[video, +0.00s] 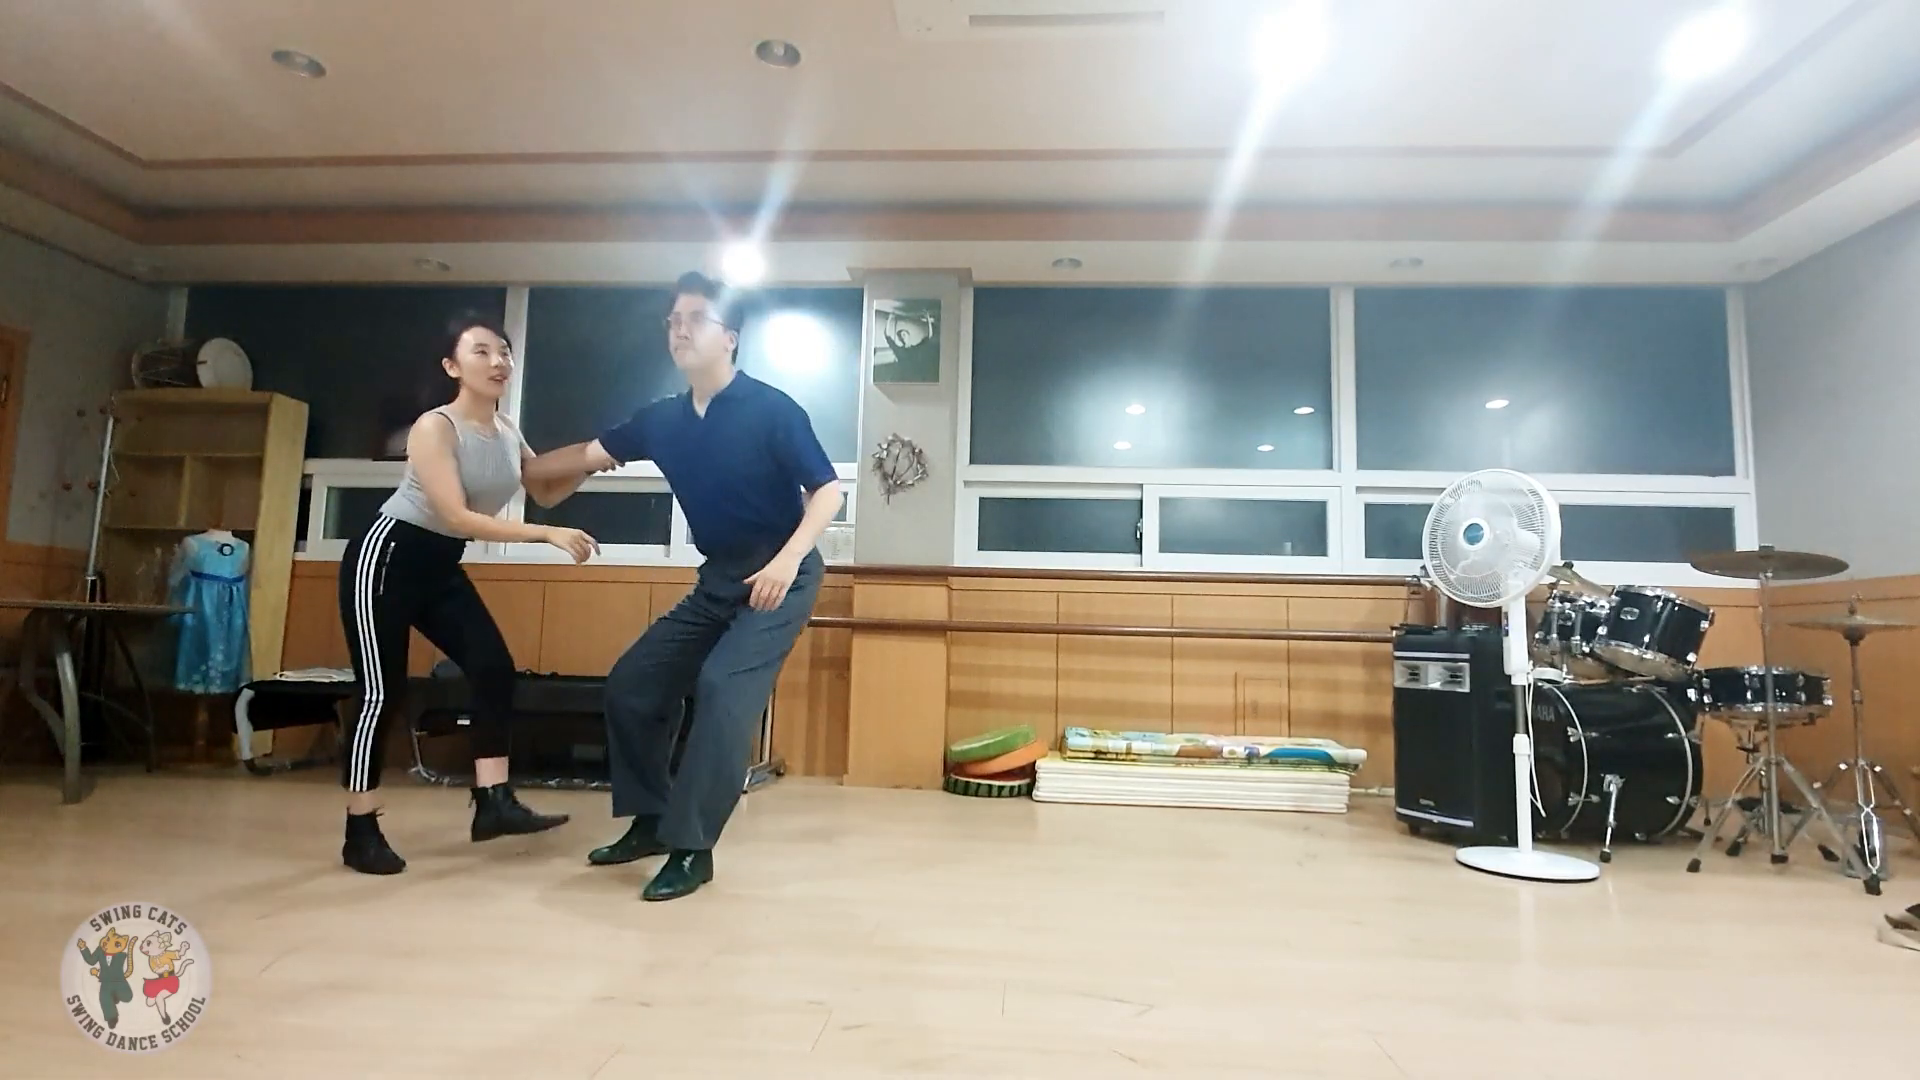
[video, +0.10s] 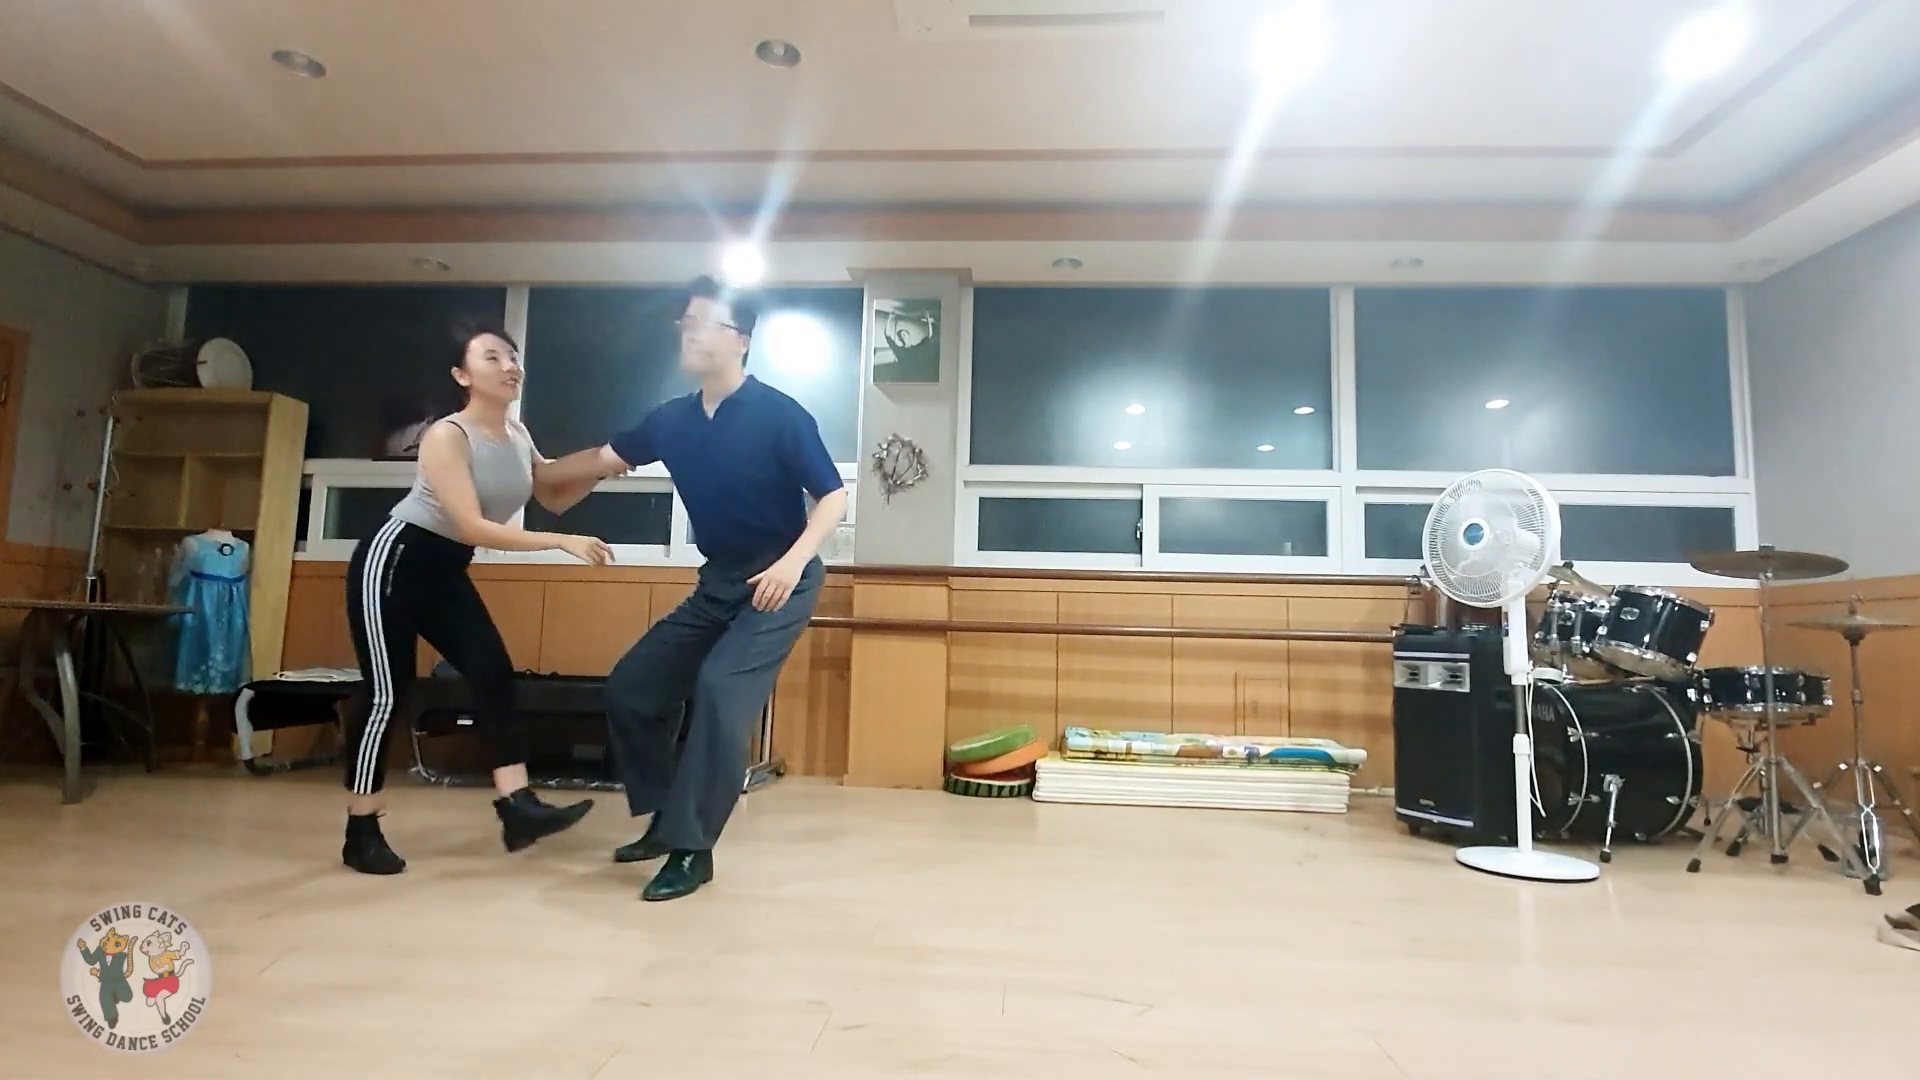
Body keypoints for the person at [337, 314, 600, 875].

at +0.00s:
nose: (498, 361)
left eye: (504, 353)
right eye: (482, 351)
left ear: (511, 366)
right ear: (453, 365)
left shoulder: (507, 432)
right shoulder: (434, 428)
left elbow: (545, 488)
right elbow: (455, 518)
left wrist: (593, 459)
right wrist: (546, 532)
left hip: (439, 567)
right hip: (385, 557)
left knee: (493, 667)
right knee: (381, 692)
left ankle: (494, 805)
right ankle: (361, 828)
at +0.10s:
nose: (511, 366)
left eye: (513, 358)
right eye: (493, 357)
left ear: (519, 374)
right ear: (462, 375)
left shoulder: (516, 433)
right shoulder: (445, 437)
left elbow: (552, 491)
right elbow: (472, 528)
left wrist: (603, 464)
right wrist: (559, 540)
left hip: (445, 572)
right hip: (392, 562)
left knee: (493, 672)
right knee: (387, 693)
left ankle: (518, 808)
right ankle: (361, 829)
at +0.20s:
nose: (533, 370)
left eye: (535, 362)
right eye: (516, 363)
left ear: (539, 376)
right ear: (485, 379)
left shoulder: (536, 440)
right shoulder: (467, 443)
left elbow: (569, 500)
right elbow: (499, 534)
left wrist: (630, 463)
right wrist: (585, 543)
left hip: (469, 580)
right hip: (418, 572)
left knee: (510, 685)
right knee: (410, 705)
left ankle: (539, 826)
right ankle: (364, 832)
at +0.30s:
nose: (570, 364)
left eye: (571, 356)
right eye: (553, 356)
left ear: (574, 373)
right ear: (520, 374)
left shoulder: (564, 435)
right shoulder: (506, 434)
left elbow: (579, 502)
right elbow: (545, 523)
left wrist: (646, 466)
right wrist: (635, 538)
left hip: (516, 579)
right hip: (468, 571)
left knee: (551, 693)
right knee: (447, 710)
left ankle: (555, 836)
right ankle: (372, 822)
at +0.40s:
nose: (613, 353)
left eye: (612, 344)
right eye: (598, 343)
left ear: (608, 359)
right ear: (563, 357)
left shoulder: (599, 429)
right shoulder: (550, 419)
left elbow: (615, 486)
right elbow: (600, 503)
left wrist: (659, 456)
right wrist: (685, 528)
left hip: (564, 566)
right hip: (523, 558)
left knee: (579, 694)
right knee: (529, 704)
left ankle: (557, 836)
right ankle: (431, 788)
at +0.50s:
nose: (658, 343)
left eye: (657, 335)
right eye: (643, 332)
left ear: (648, 351)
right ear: (609, 345)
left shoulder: (633, 415)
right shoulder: (596, 408)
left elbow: (663, 476)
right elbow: (651, 494)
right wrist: (723, 523)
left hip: (601, 560)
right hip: (571, 554)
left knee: (604, 691)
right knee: (609, 689)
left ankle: (563, 829)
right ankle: (525, 806)